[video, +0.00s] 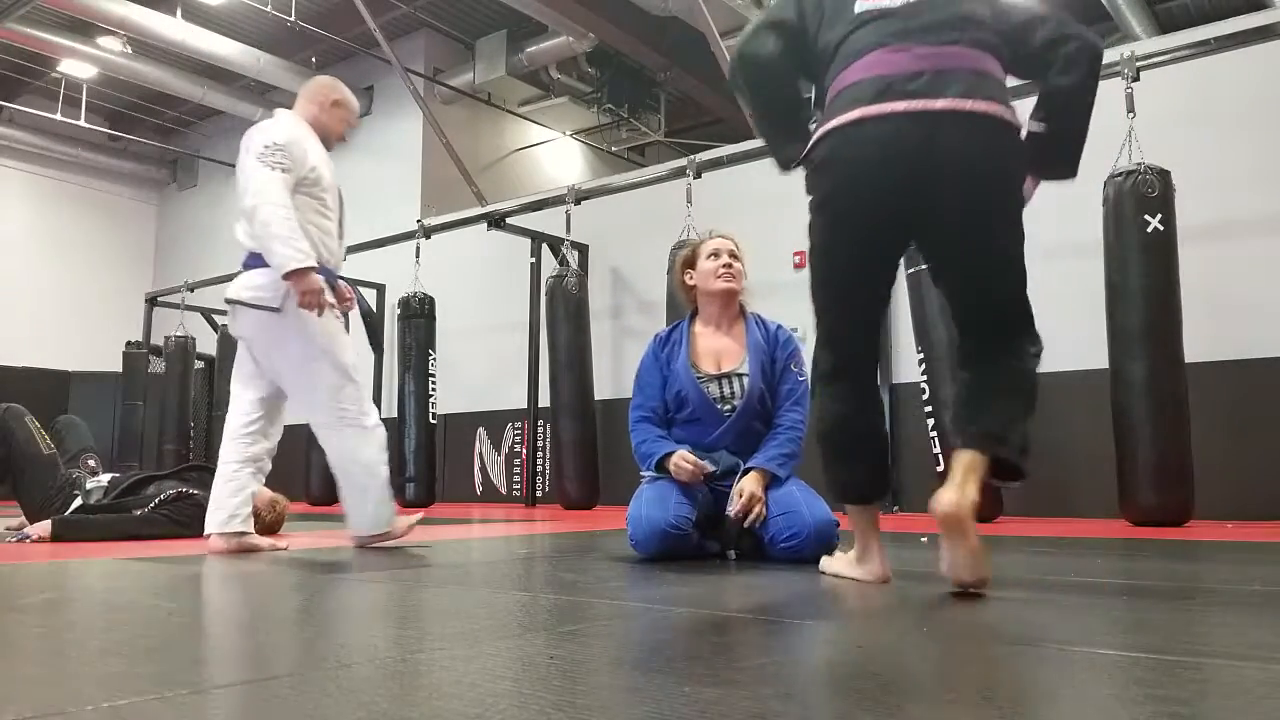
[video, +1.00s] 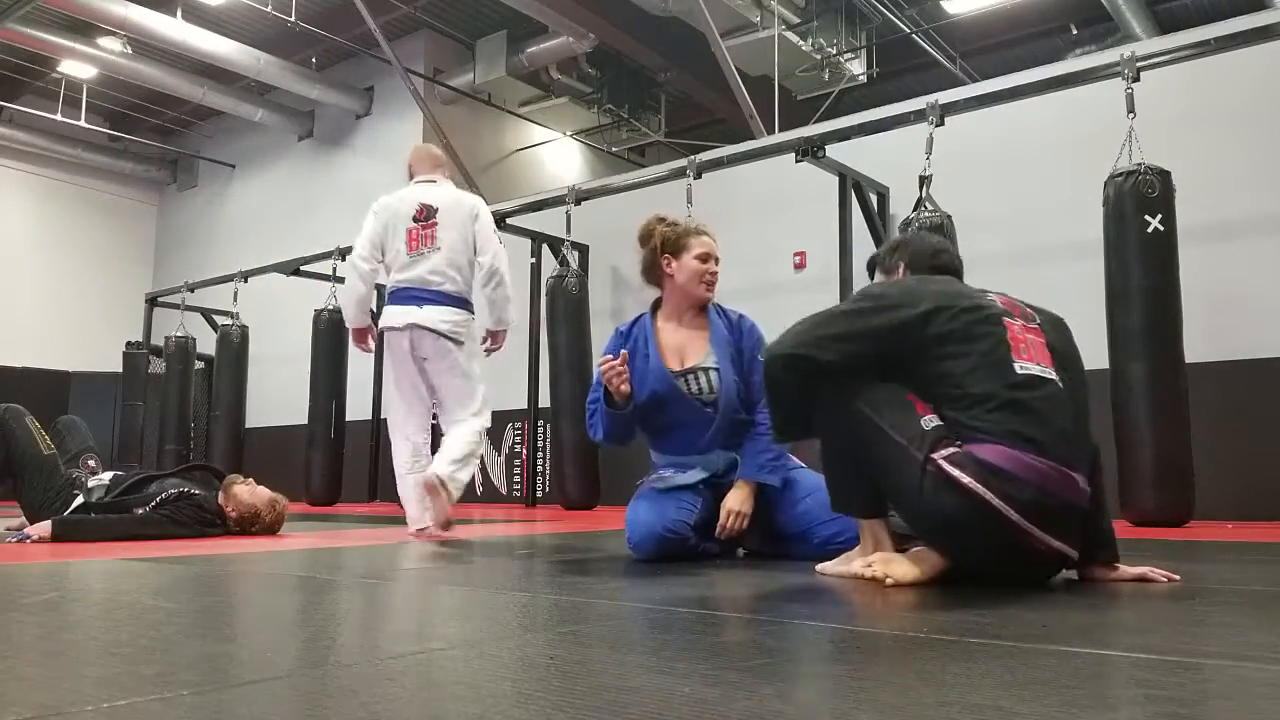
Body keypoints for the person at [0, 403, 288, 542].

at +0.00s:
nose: (250, 486)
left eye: (253, 492)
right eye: (254, 488)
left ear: (243, 510)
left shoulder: (198, 512)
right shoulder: (218, 485)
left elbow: (130, 524)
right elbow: (148, 488)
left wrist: (56, 527)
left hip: (68, 499)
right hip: (101, 485)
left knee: (12, 415)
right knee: (68, 421)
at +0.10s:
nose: (251, 489)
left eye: (255, 494)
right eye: (256, 490)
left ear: (247, 515)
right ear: (253, 511)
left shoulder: (198, 512)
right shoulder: (216, 486)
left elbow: (131, 524)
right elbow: (145, 492)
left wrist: (56, 527)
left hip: (68, 499)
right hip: (101, 486)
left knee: (12, 415)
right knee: (68, 421)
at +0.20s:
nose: (238, 479)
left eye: (245, 489)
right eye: (246, 483)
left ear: (243, 512)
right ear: (246, 509)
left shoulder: (198, 511)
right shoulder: (215, 489)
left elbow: (130, 524)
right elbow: (144, 494)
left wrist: (56, 527)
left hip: (67, 500)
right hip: (100, 486)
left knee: (12, 415)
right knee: (68, 421)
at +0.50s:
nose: (249, 477)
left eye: (251, 489)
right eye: (257, 484)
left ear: (234, 512)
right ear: (237, 505)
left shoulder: (197, 513)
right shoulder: (217, 490)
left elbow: (130, 525)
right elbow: (154, 485)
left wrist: (55, 527)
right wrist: (111, 481)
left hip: (66, 500)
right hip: (99, 485)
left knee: (12, 415)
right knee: (68, 421)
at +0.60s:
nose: (247, 476)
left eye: (249, 488)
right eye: (255, 483)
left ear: (233, 510)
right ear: (235, 505)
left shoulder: (197, 513)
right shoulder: (217, 490)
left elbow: (130, 524)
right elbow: (156, 486)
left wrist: (56, 526)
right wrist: (113, 479)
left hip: (67, 500)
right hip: (99, 485)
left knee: (11, 415)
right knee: (68, 421)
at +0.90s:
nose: (248, 476)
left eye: (250, 488)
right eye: (256, 484)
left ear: (234, 510)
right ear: (235, 505)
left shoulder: (197, 513)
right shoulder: (216, 491)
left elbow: (129, 525)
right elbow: (155, 487)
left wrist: (55, 527)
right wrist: (115, 479)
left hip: (68, 501)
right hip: (101, 484)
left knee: (11, 415)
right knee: (68, 421)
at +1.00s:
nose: (247, 476)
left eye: (249, 488)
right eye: (255, 483)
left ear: (233, 510)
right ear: (235, 505)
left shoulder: (197, 513)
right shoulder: (216, 491)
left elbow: (128, 524)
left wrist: (56, 527)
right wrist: (112, 481)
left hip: (68, 501)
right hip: (101, 485)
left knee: (12, 414)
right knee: (68, 421)